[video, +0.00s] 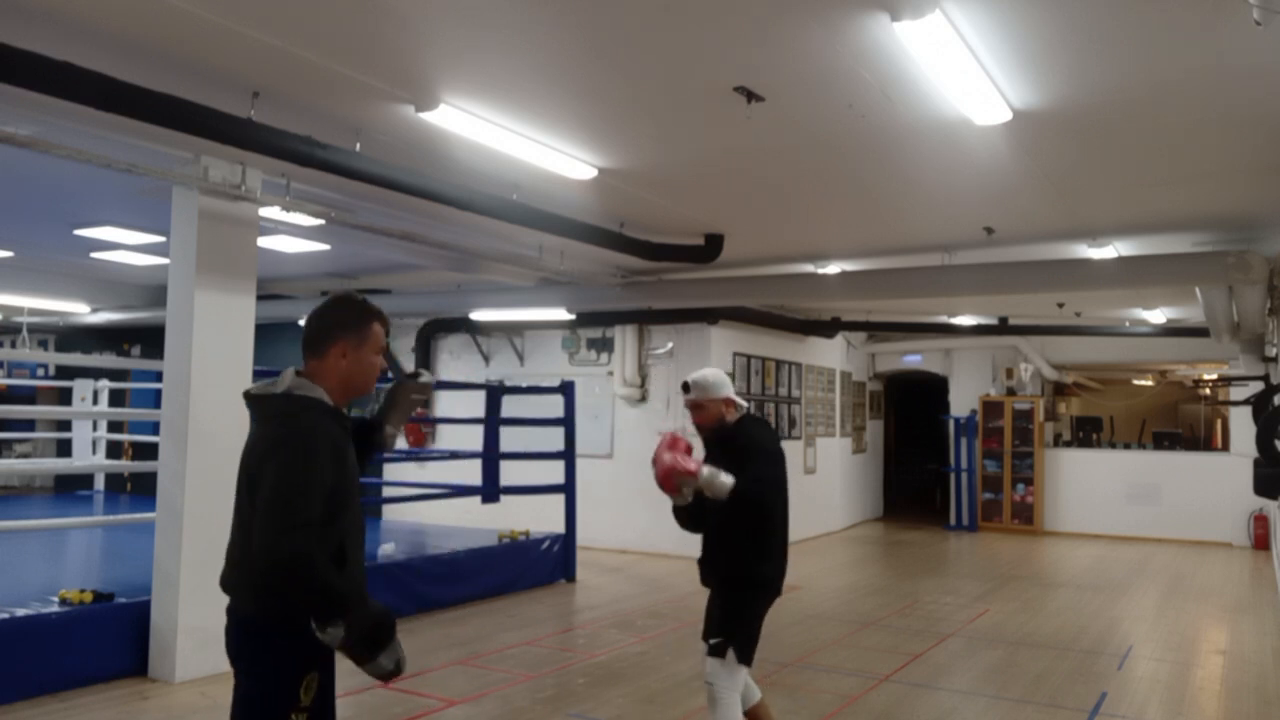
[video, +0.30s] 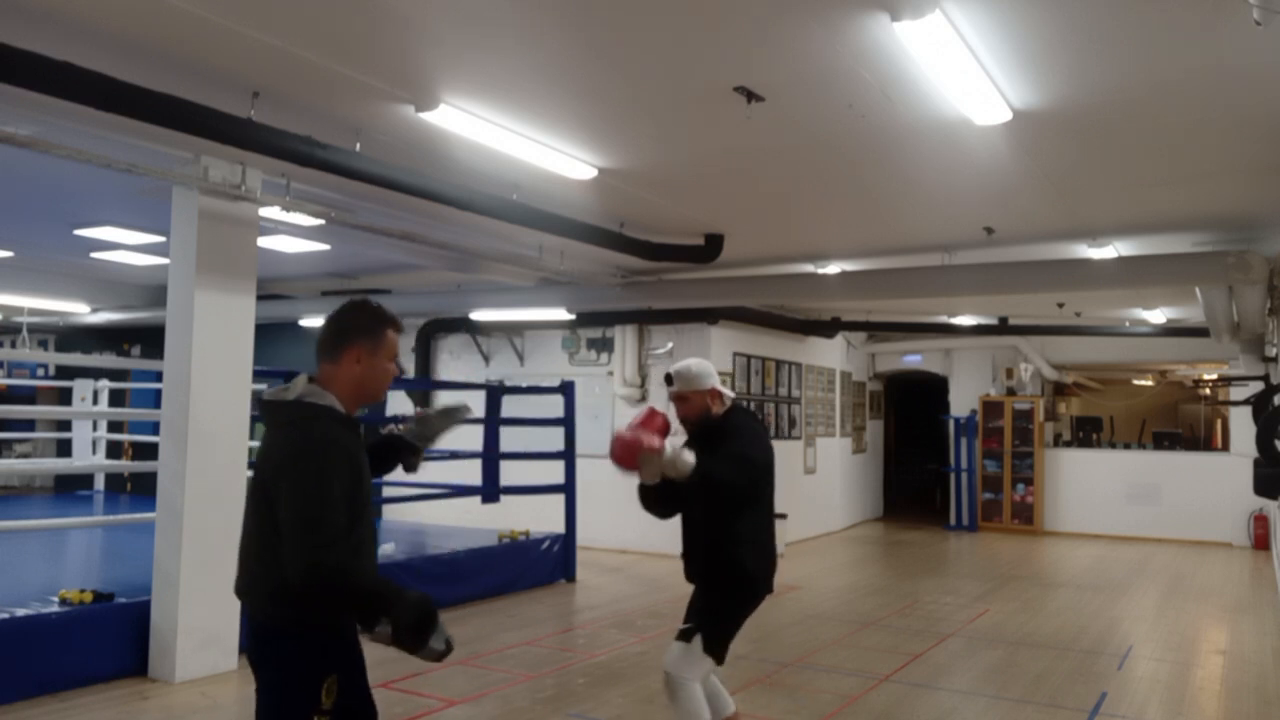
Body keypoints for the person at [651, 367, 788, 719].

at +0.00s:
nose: (692, 417)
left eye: (698, 408)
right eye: (690, 409)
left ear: (726, 406)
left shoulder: (755, 436)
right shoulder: (716, 445)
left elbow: (763, 502)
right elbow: (698, 522)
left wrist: (704, 477)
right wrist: (680, 494)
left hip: (752, 576)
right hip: (725, 573)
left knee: (721, 678)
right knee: (731, 673)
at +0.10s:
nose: (684, 411)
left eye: (690, 401)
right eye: (682, 402)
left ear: (718, 398)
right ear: (714, 399)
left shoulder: (748, 428)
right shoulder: (710, 436)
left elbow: (747, 483)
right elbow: (689, 516)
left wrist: (691, 445)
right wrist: (668, 474)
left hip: (751, 571)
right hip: (724, 568)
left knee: (716, 680)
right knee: (705, 658)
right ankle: (747, 710)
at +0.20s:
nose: (677, 405)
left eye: (685, 396)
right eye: (675, 396)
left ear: (715, 393)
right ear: (712, 394)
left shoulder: (740, 427)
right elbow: (676, 505)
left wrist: (665, 443)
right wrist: (662, 447)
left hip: (743, 570)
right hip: (723, 565)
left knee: (709, 682)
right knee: (691, 655)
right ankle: (732, 711)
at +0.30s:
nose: (677, 410)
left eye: (682, 400)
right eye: (674, 401)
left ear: (712, 397)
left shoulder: (744, 432)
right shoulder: (699, 439)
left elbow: (734, 485)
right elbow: (664, 507)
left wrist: (673, 459)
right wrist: (650, 467)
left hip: (742, 573)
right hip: (713, 569)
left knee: (680, 670)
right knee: (697, 668)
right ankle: (726, 712)